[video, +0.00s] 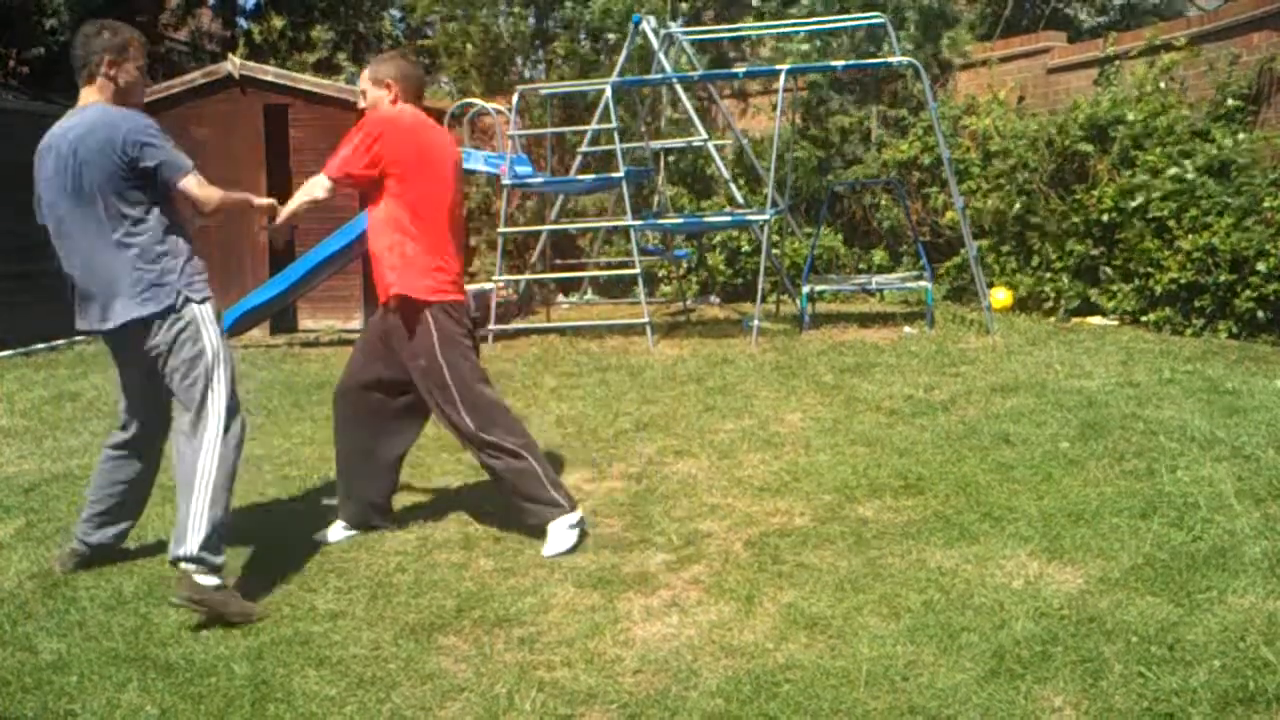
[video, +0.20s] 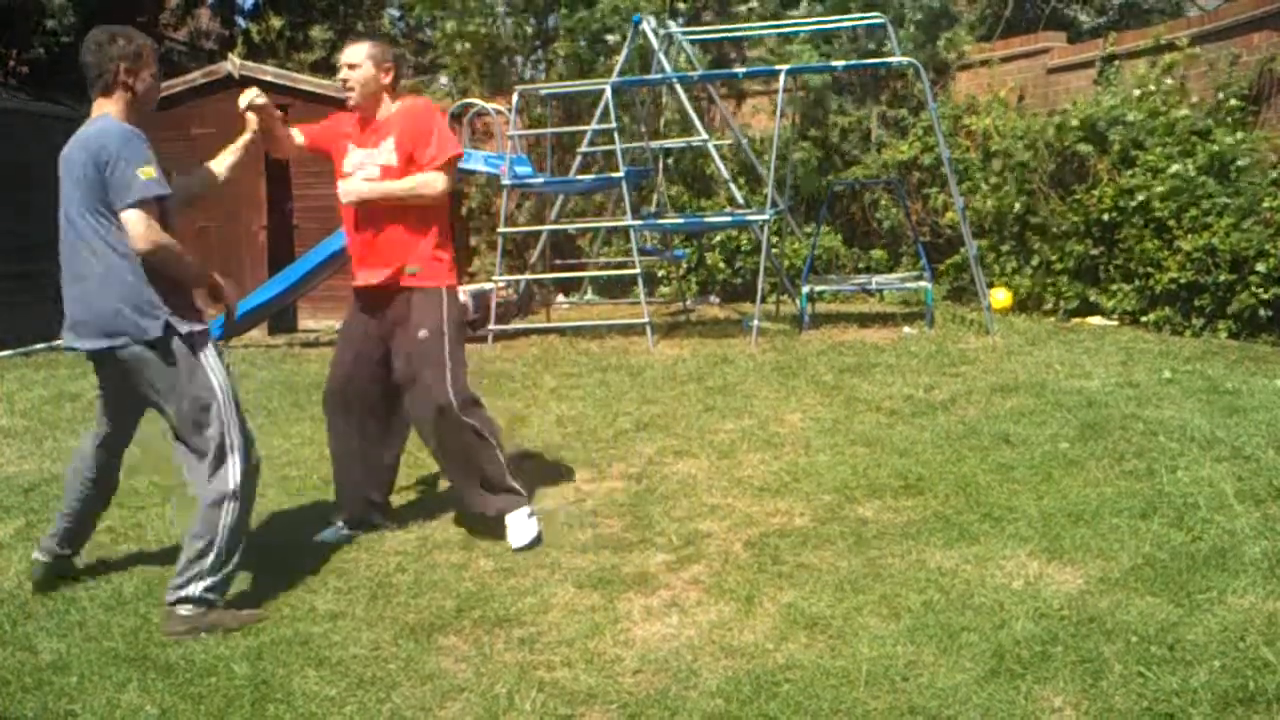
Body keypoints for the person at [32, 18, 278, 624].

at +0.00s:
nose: (145, 80)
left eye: (144, 69)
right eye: (140, 69)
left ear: (91, 72)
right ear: (110, 69)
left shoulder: (48, 146)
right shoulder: (127, 125)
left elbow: (70, 233)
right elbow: (206, 198)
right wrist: (254, 201)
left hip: (109, 309)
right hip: (168, 297)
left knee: (142, 418)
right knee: (215, 416)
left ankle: (93, 540)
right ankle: (199, 564)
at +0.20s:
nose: (159, 81)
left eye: (157, 69)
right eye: (154, 70)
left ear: (105, 78)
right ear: (128, 75)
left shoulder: (79, 144)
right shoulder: (122, 142)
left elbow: (193, 186)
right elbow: (146, 238)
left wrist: (250, 133)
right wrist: (206, 279)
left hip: (98, 323)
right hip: (144, 323)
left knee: (112, 429)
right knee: (229, 452)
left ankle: (56, 551)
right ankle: (196, 598)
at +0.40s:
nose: (129, 80)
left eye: (126, 68)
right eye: (124, 68)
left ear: (72, 74)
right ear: (98, 69)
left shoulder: (45, 144)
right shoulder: (90, 139)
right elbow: (145, 224)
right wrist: (242, 195)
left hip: (80, 337)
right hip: (136, 332)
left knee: (90, 472)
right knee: (223, 465)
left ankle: (7, 585)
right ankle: (195, 603)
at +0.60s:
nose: (89, 85)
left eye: (85, 73)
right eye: (83, 74)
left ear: (24, 81)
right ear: (56, 76)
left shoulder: (4, 143)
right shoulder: (82, 140)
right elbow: (200, 172)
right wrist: (271, 121)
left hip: (23, 355)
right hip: (102, 345)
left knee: (7, 509)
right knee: (212, 457)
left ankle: (1, 638)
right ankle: (202, 596)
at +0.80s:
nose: (66, 70)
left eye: (63, 59)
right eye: (60, 60)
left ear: (7, 63)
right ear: (37, 57)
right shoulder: (59, 121)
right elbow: (161, 178)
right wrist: (238, 191)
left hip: (13, 337)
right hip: (90, 325)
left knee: (15, 489)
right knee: (167, 451)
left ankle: (1, 628)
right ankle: (216, 594)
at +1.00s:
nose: (58, 72)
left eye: (55, 59)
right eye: (52, 59)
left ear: (14, 63)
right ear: (24, 59)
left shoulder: (21, 133)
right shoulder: (13, 132)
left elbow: (108, 179)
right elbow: (29, 243)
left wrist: (194, 134)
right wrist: (135, 278)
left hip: (26, 340)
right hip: (84, 334)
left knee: (23, 495)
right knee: (171, 453)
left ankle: (2, 634)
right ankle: (217, 600)